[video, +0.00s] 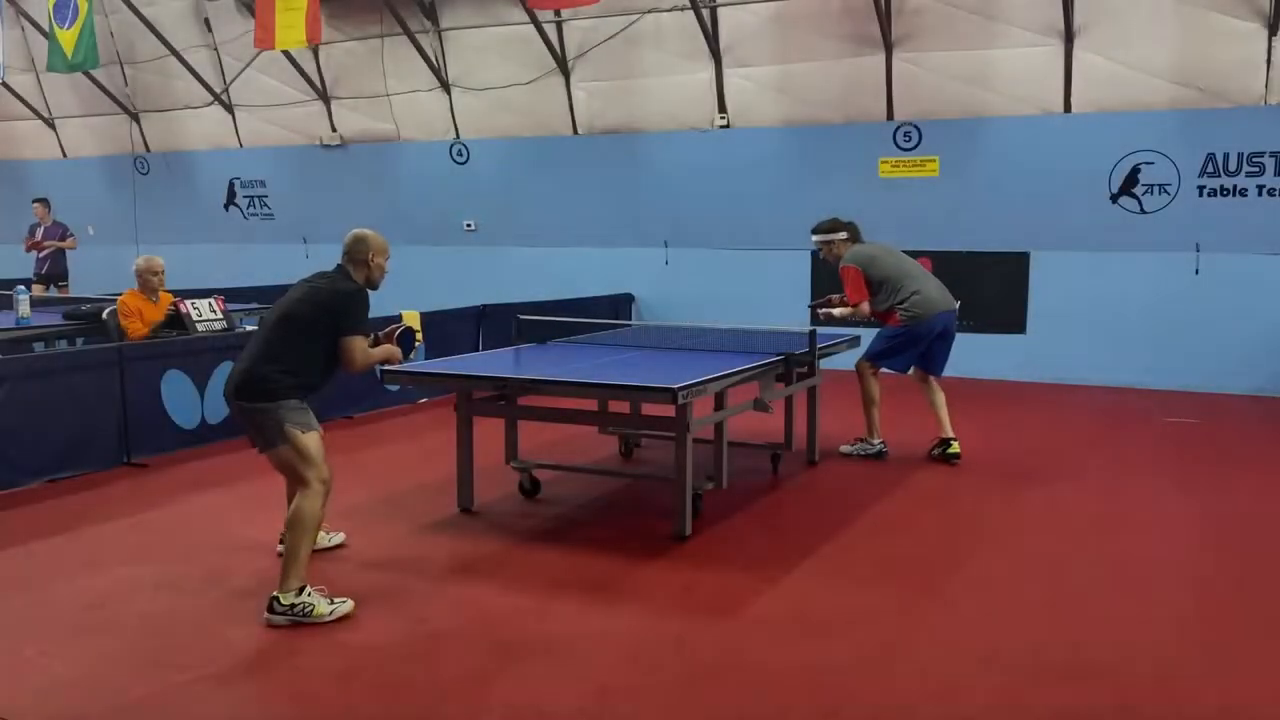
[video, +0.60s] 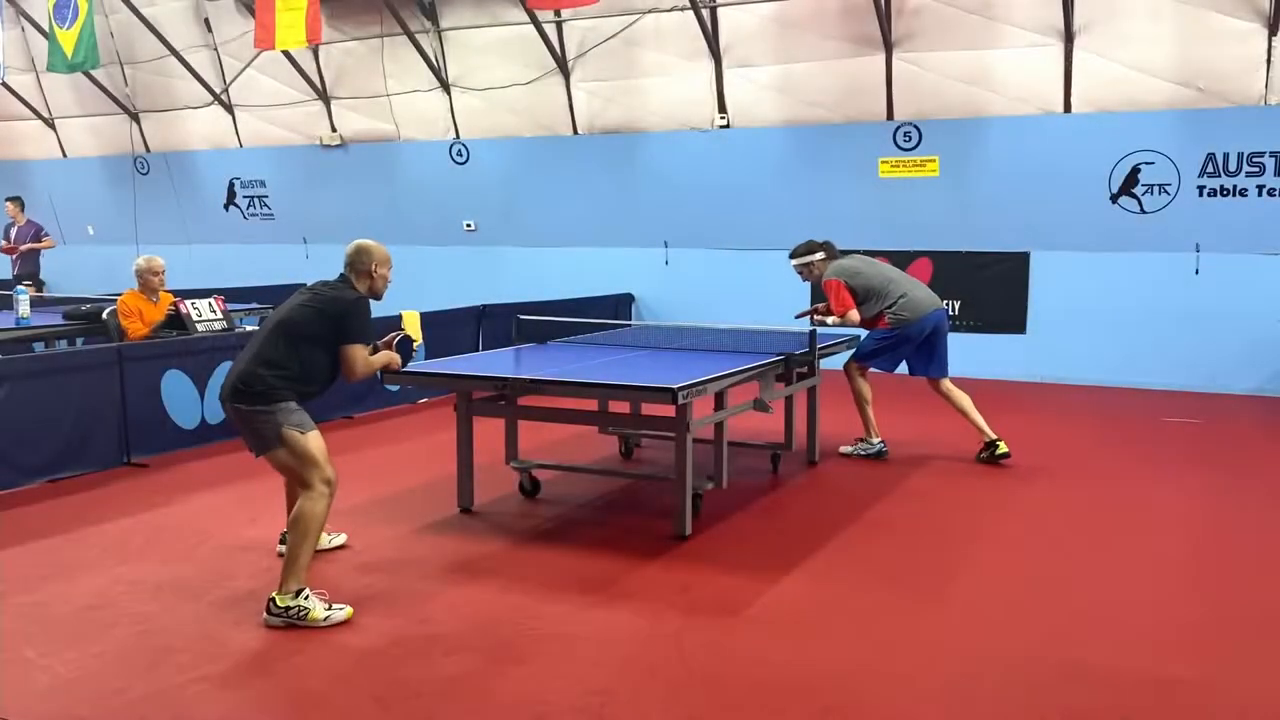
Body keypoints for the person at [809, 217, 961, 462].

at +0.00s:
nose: (821, 256)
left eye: (822, 249)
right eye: (819, 250)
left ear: (838, 243)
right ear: (846, 241)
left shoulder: (850, 262)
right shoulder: (876, 250)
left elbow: (863, 310)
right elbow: (886, 295)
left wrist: (837, 312)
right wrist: (847, 299)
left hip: (916, 313)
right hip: (947, 309)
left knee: (866, 367)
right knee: (924, 375)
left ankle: (873, 441)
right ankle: (949, 439)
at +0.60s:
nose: (803, 278)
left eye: (803, 271)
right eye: (800, 273)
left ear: (817, 261)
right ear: (825, 257)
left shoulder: (832, 276)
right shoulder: (856, 262)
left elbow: (853, 318)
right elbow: (872, 311)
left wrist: (831, 319)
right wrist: (832, 311)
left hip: (906, 316)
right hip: (936, 311)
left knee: (854, 369)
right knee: (940, 382)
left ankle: (873, 440)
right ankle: (992, 440)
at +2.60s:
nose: (800, 276)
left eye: (801, 269)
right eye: (798, 270)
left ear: (816, 263)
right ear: (823, 258)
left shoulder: (830, 277)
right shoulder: (853, 261)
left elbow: (853, 317)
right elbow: (870, 304)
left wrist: (829, 318)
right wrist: (831, 306)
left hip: (903, 321)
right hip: (932, 312)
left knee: (849, 372)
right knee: (953, 380)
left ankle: (872, 440)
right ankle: (1010, 432)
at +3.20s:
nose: (828, 259)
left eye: (830, 253)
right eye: (827, 254)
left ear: (847, 248)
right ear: (854, 245)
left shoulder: (856, 267)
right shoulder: (885, 256)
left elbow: (861, 317)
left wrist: (831, 321)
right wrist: (852, 318)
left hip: (916, 330)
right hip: (946, 325)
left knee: (853, 369)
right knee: (963, 393)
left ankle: (872, 441)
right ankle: (1023, 440)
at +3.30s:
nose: (839, 249)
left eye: (842, 243)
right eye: (838, 243)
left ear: (860, 240)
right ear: (866, 238)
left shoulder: (868, 259)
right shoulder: (896, 249)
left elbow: (858, 309)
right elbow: (894, 292)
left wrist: (827, 316)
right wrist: (858, 285)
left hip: (921, 327)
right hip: (952, 323)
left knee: (858, 367)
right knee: (967, 392)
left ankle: (873, 440)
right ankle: (1025, 441)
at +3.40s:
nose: (854, 237)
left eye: (856, 231)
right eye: (852, 231)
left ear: (874, 230)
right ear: (884, 229)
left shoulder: (877, 251)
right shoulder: (909, 243)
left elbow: (858, 295)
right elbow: (898, 281)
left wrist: (827, 293)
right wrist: (864, 266)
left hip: (927, 324)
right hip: (959, 321)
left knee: (865, 366)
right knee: (971, 390)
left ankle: (873, 440)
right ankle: (1026, 442)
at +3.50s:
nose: (867, 227)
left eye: (870, 221)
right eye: (866, 221)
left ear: (888, 222)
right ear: (894, 221)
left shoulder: (888, 244)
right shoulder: (921, 237)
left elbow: (857, 281)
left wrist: (831, 258)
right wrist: (873, 264)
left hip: (933, 321)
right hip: (966, 318)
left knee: (873, 364)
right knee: (976, 387)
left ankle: (873, 440)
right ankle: (1026, 442)